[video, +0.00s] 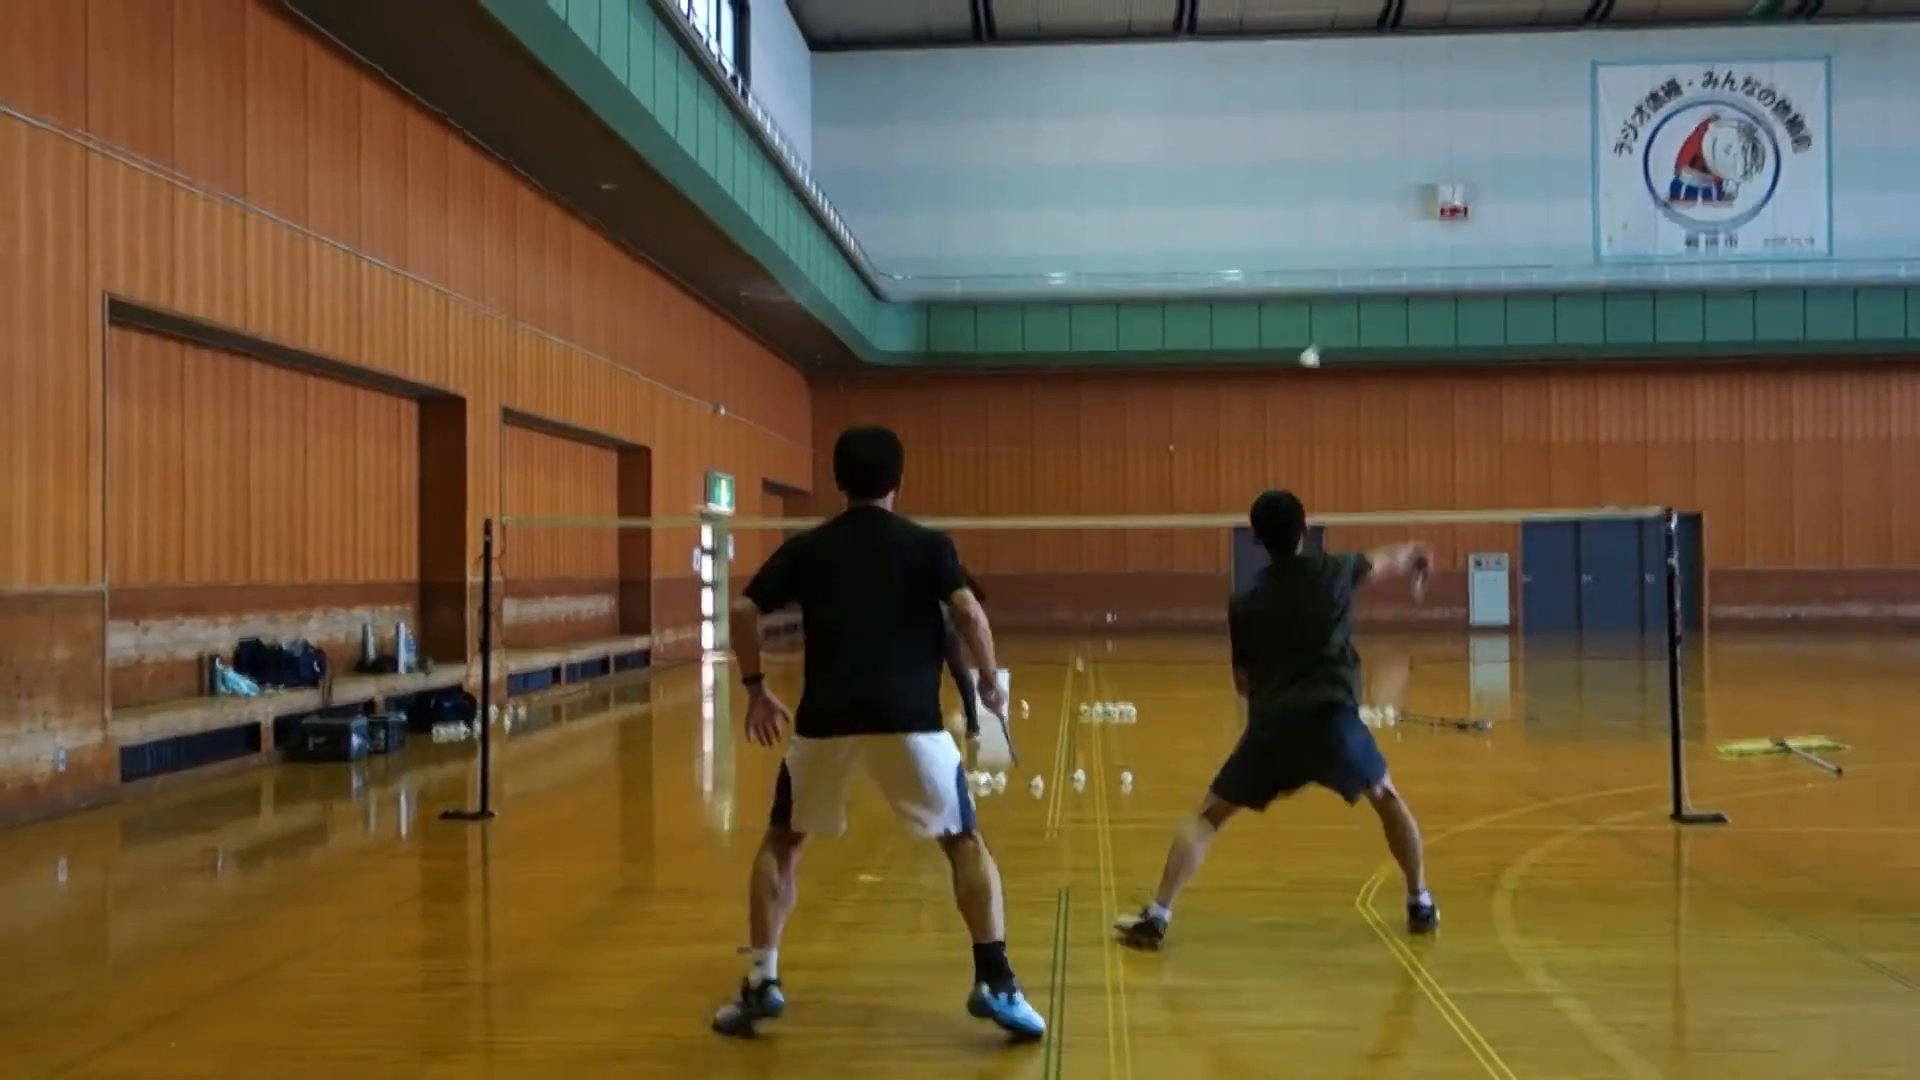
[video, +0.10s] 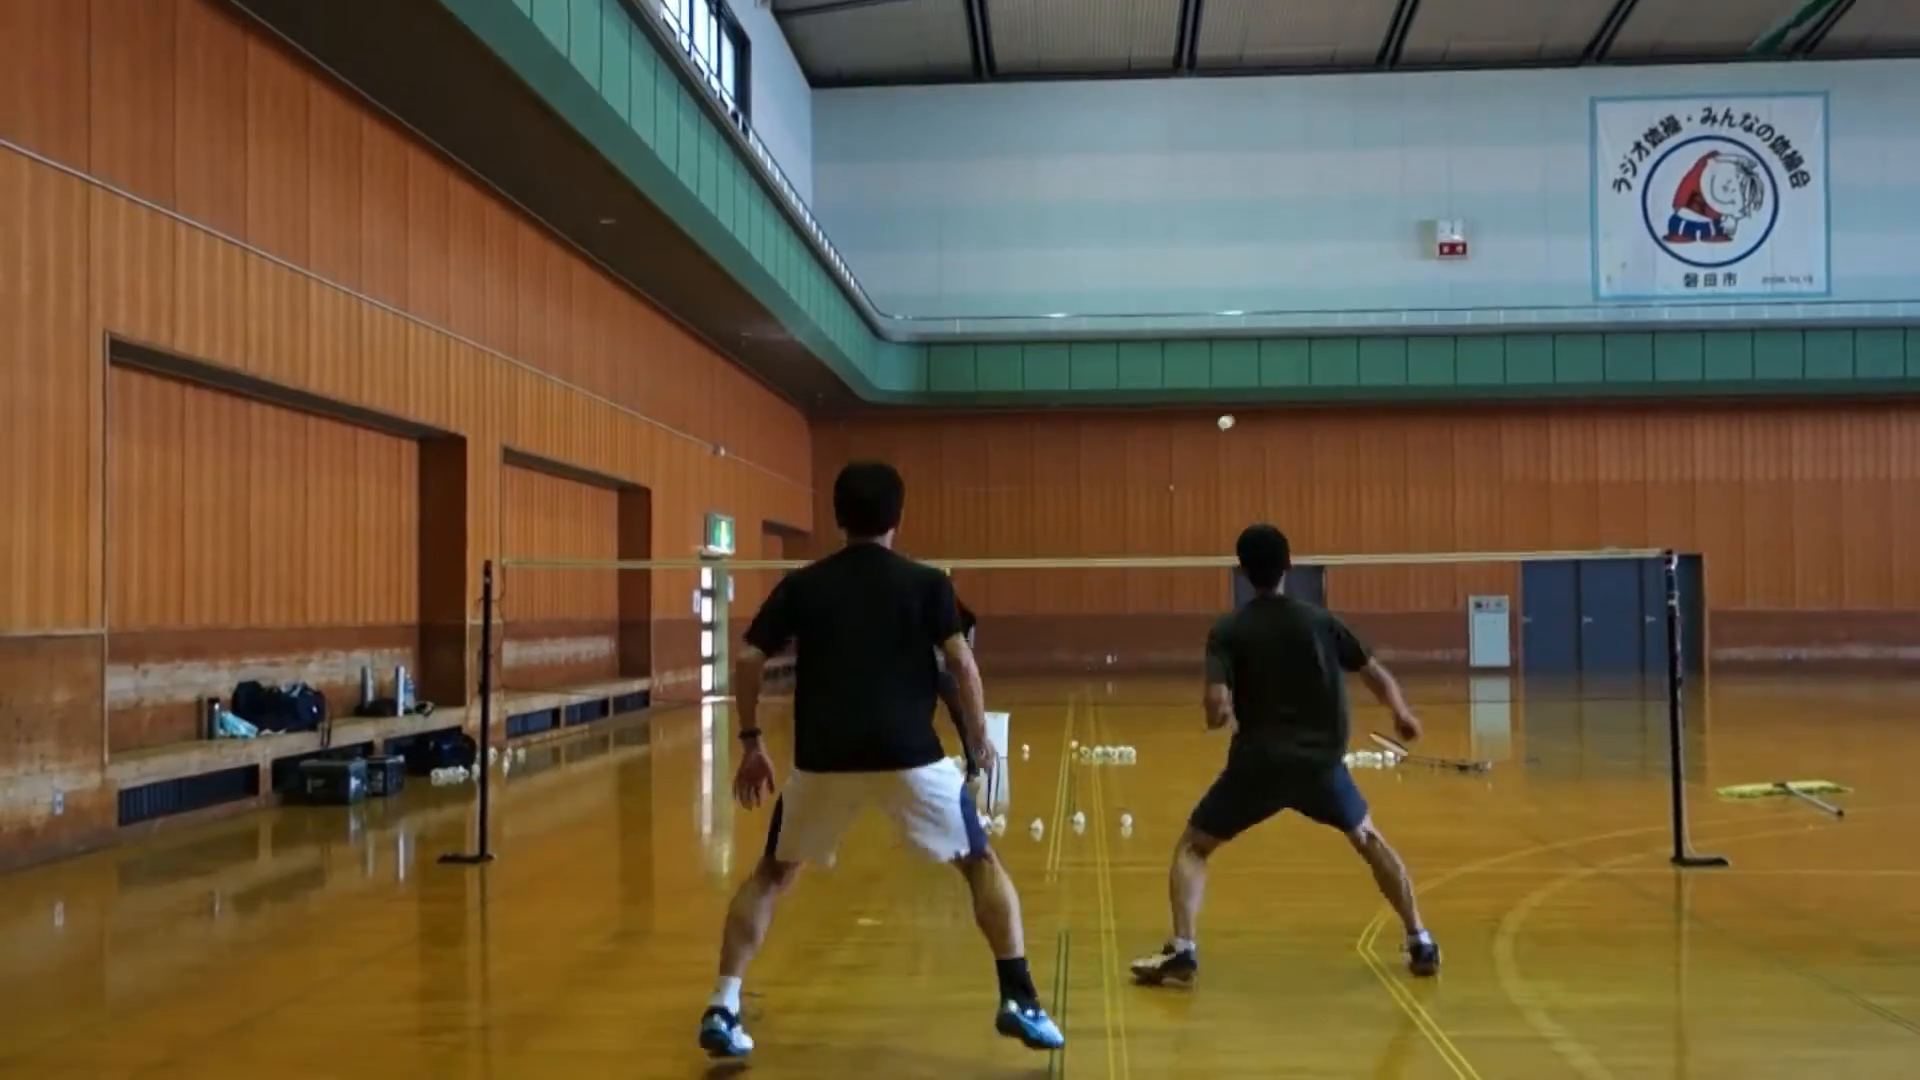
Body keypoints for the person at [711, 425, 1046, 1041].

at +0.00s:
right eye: (897, 476)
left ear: (839, 481)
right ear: (898, 481)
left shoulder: (809, 547)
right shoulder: (928, 546)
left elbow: (744, 610)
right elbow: (971, 615)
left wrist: (755, 688)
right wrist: (992, 678)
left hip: (825, 718)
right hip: (910, 720)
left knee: (782, 841)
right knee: (964, 842)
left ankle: (762, 982)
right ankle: (996, 982)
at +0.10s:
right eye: (899, 512)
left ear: (838, 516)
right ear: (899, 517)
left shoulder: (803, 584)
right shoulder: (926, 583)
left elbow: (747, 659)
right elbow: (961, 664)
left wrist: (749, 742)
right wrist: (978, 744)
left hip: (822, 760)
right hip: (911, 756)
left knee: (771, 872)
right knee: (981, 863)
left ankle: (723, 1007)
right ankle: (1019, 996)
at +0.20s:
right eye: (899, 542)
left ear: (843, 549)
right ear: (901, 549)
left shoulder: (810, 619)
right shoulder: (929, 620)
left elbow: (764, 706)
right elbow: (958, 710)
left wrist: (747, 787)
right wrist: (974, 780)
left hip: (815, 795)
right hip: (901, 790)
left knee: (756, 906)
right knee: (992, 880)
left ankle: (692, 1037)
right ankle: (1064, 1009)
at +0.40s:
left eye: (890, 566)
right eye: (935, 563)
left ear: (888, 575)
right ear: (946, 573)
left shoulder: (859, 646)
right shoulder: (981, 640)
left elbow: (812, 731)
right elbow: (1031, 719)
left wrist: (792, 801)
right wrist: (1033, 758)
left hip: (871, 819)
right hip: (962, 814)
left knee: (797, 910)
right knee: (1044, 892)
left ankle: (709, 1022)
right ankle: (1096, 1027)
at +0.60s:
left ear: (912, 529)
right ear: (971, 531)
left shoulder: (881, 597)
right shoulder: (1003, 599)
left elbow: (828, 670)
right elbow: (1044, 673)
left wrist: (840, 738)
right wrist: (1039, 720)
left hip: (894, 765)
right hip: (982, 766)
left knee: (836, 877)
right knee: (1048, 869)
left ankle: (800, 1011)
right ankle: (1103, 992)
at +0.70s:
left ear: (910, 538)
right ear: (969, 540)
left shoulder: (881, 608)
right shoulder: (1000, 610)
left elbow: (835, 684)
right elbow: (1030, 701)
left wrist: (838, 762)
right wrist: (1019, 766)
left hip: (900, 780)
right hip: (989, 775)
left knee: (848, 882)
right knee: (1054, 876)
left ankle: (817, 1013)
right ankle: (1117, 1000)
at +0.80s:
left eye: (899, 548)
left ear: (896, 554)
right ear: (954, 557)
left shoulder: (869, 624)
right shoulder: (986, 621)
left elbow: (816, 701)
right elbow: (1018, 708)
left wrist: (803, 783)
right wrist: (1022, 764)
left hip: (900, 793)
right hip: (985, 789)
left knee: (833, 877)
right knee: (1058, 888)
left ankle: (819, 1009)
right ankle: (1124, 1004)